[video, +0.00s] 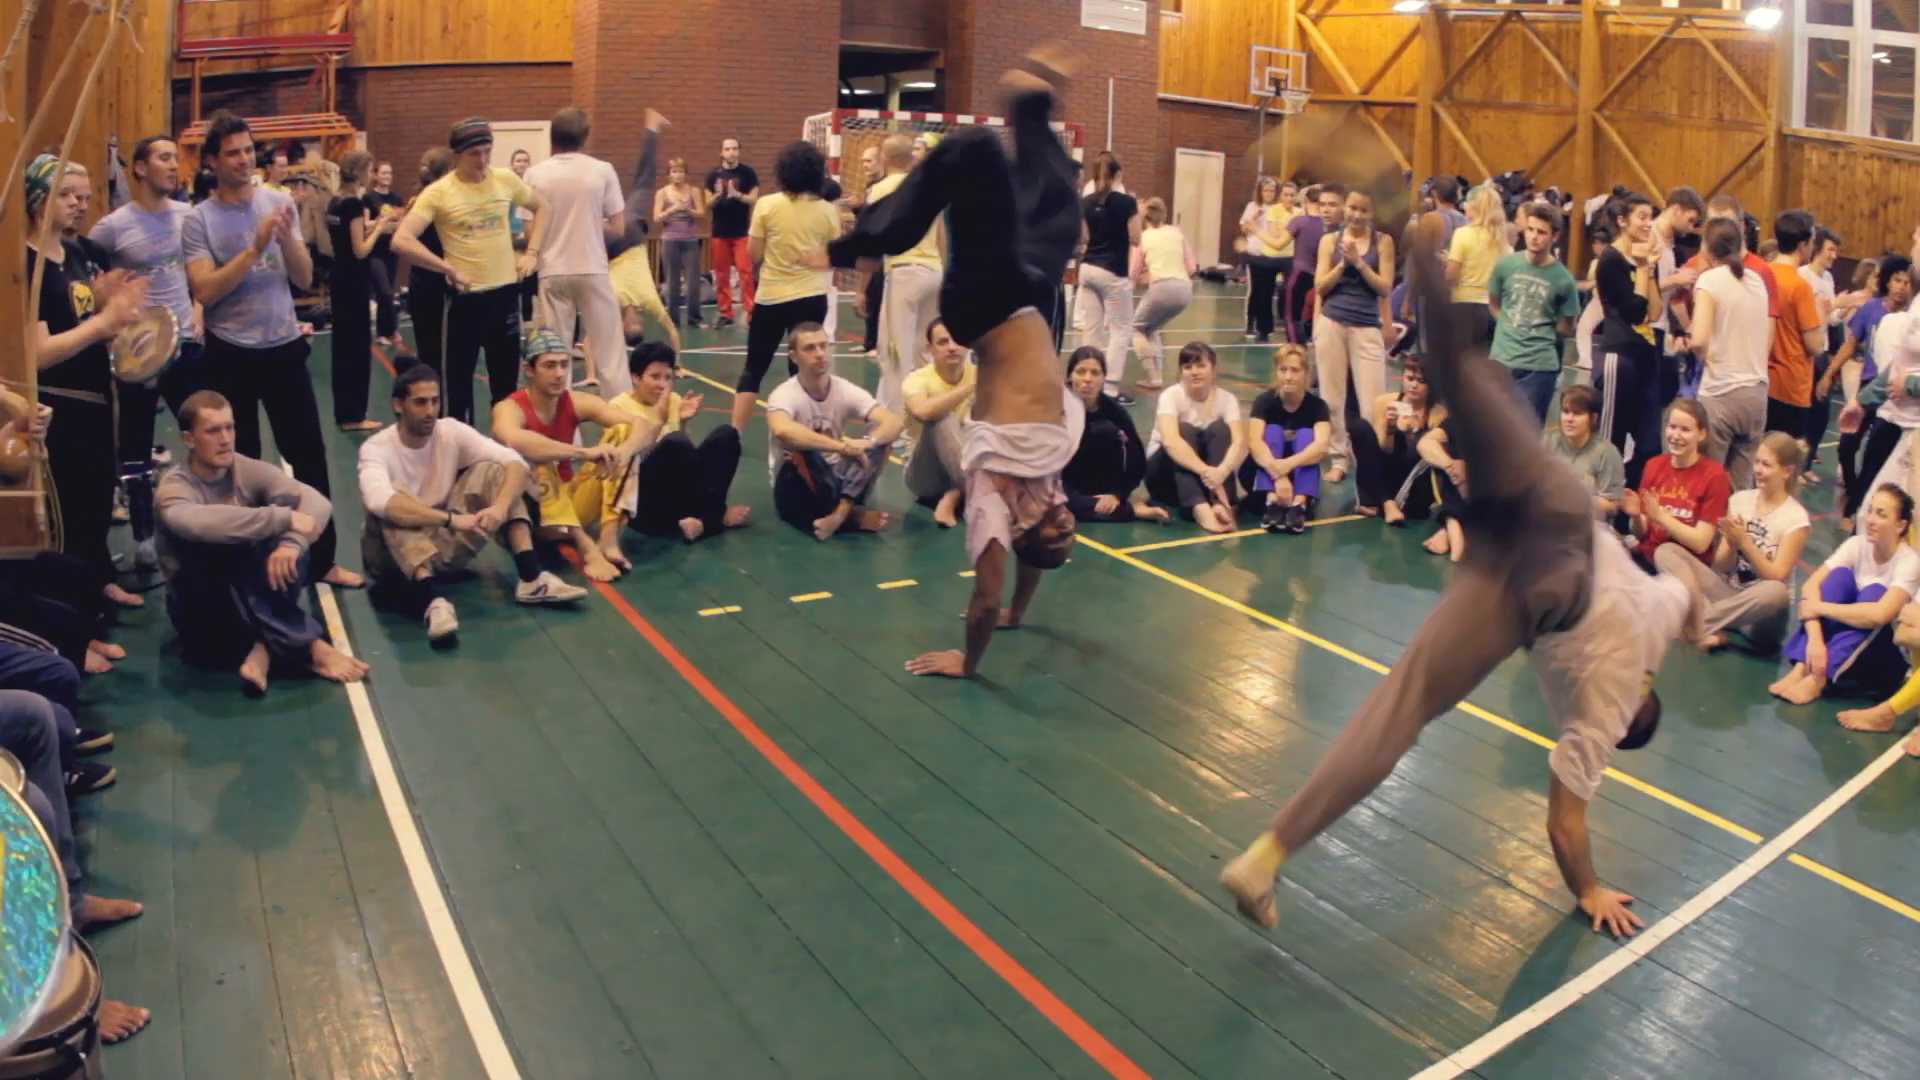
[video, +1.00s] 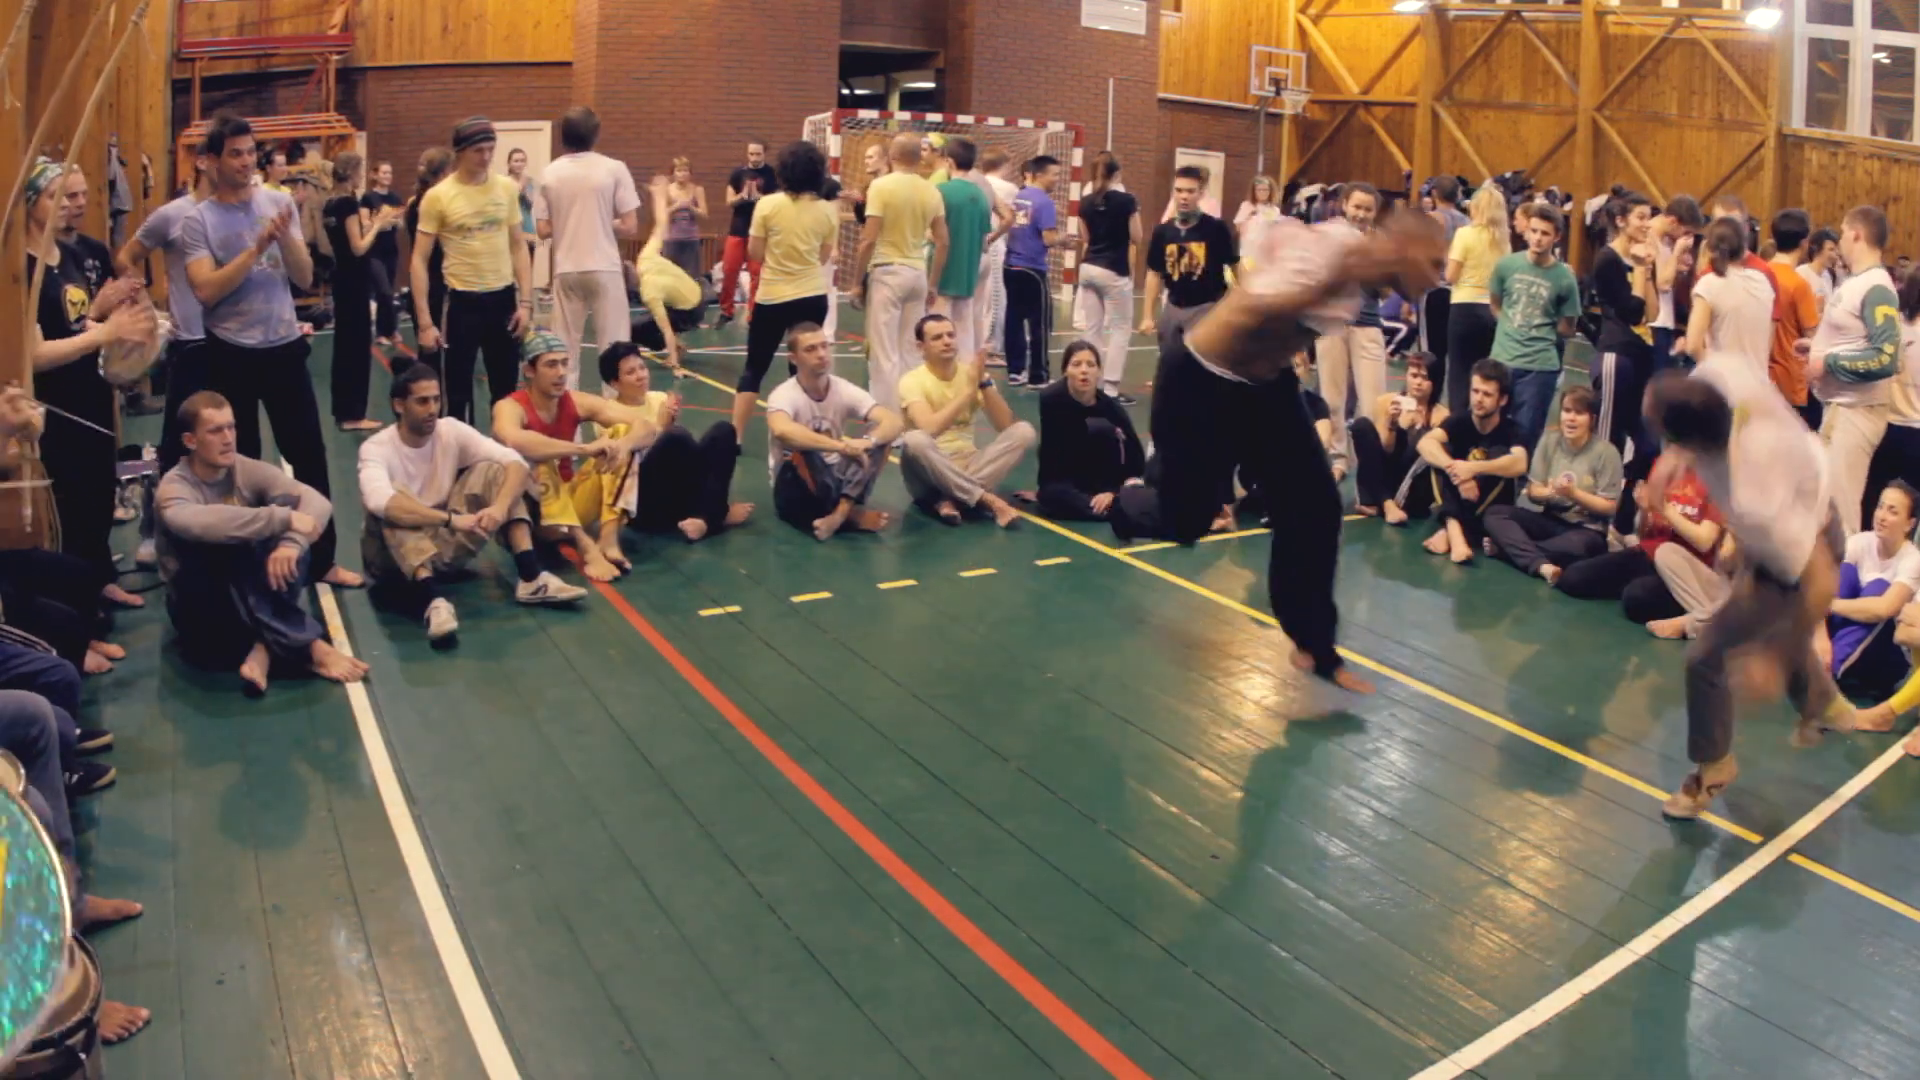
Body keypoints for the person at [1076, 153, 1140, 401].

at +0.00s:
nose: (1120, 176)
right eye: (1119, 172)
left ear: (1095, 174)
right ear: (1117, 174)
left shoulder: (1086, 201)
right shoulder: (1127, 202)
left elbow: (1084, 235)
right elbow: (1135, 238)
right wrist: (1132, 216)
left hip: (1088, 265)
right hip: (1114, 270)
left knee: (1091, 327)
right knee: (1120, 327)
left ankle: (1087, 383)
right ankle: (1111, 387)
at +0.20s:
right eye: (1120, 173)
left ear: (1095, 174)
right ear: (1118, 173)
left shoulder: (1090, 199)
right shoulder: (1126, 202)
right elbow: (1135, 238)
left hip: (1091, 267)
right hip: (1116, 269)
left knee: (1097, 326)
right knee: (1121, 326)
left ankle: (1094, 378)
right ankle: (1111, 379)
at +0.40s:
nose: (1122, 176)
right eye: (1120, 172)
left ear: (1096, 175)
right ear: (1118, 175)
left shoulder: (1086, 202)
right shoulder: (1127, 203)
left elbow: (1086, 237)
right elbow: (1135, 238)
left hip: (1089, 264)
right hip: (1115, 269)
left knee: (1081, 323)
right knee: (1119, 325)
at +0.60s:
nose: (1121, 174)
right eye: (1119, 171)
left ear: (1094, 174)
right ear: (1117, 173)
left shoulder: (1086, 202)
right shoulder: (1127, 201)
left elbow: (1085, 236)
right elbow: (1135, 236)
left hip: (1090, 263)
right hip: (1115, 267)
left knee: (1092, 329)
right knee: (1120, 330)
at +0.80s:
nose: (1121, 174)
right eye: (1120, 171)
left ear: (1095, 173)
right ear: (1118, 173)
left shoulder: (1086, 202)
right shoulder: (1127, 201)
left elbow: (1085, 237)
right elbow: (1136, 238)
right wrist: (1136, 215)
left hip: (1089, 263)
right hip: (1115, 267)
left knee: (1092, 328)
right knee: (1119, 328)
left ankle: (1087, 378)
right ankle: (1114, 380)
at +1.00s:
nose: (1121, 175)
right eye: (1119, 171)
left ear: (1095, 173)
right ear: (1117, 173)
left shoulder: (1086, 201)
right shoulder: (1127, 200)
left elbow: (1084, 236)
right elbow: (1137, 236)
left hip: (1088, 265)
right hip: (1115, 269)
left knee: (1091, 328)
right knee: (1120, 327)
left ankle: (1086, 383)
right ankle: (1110, 386)